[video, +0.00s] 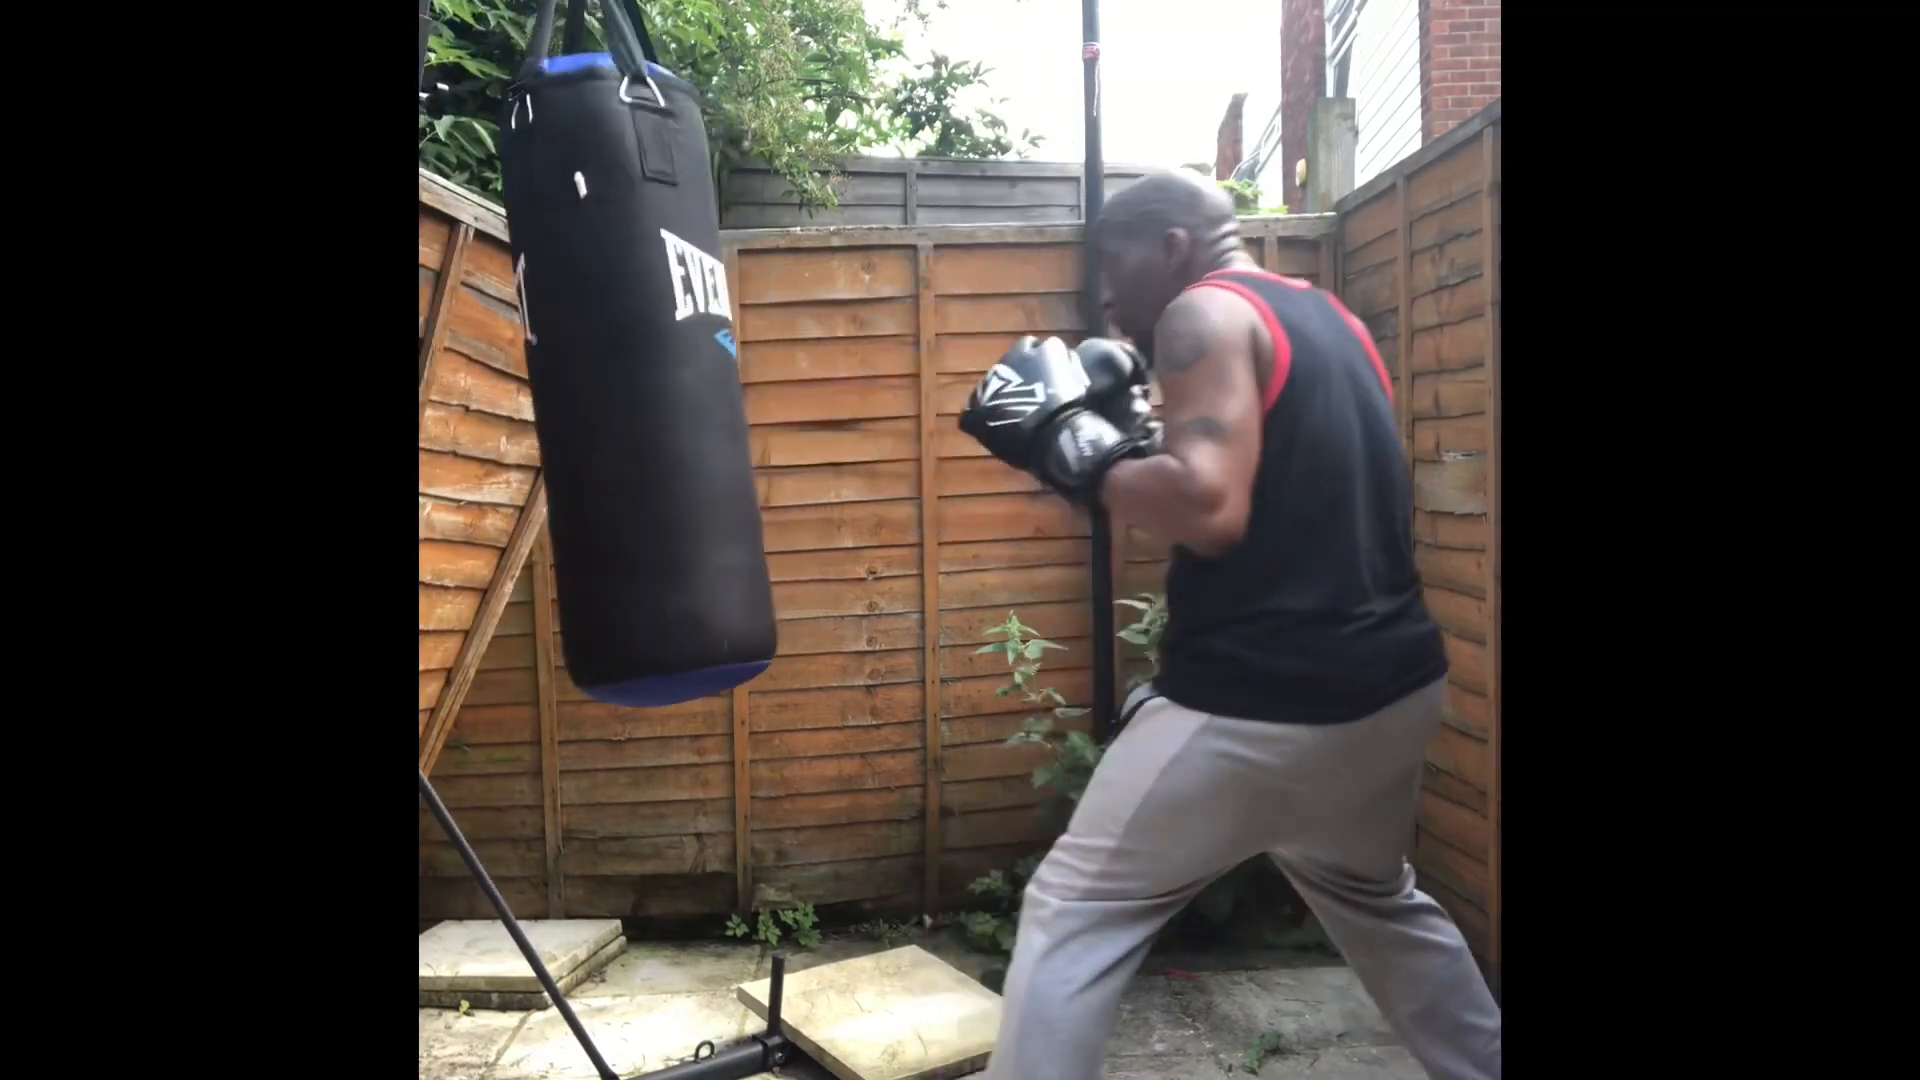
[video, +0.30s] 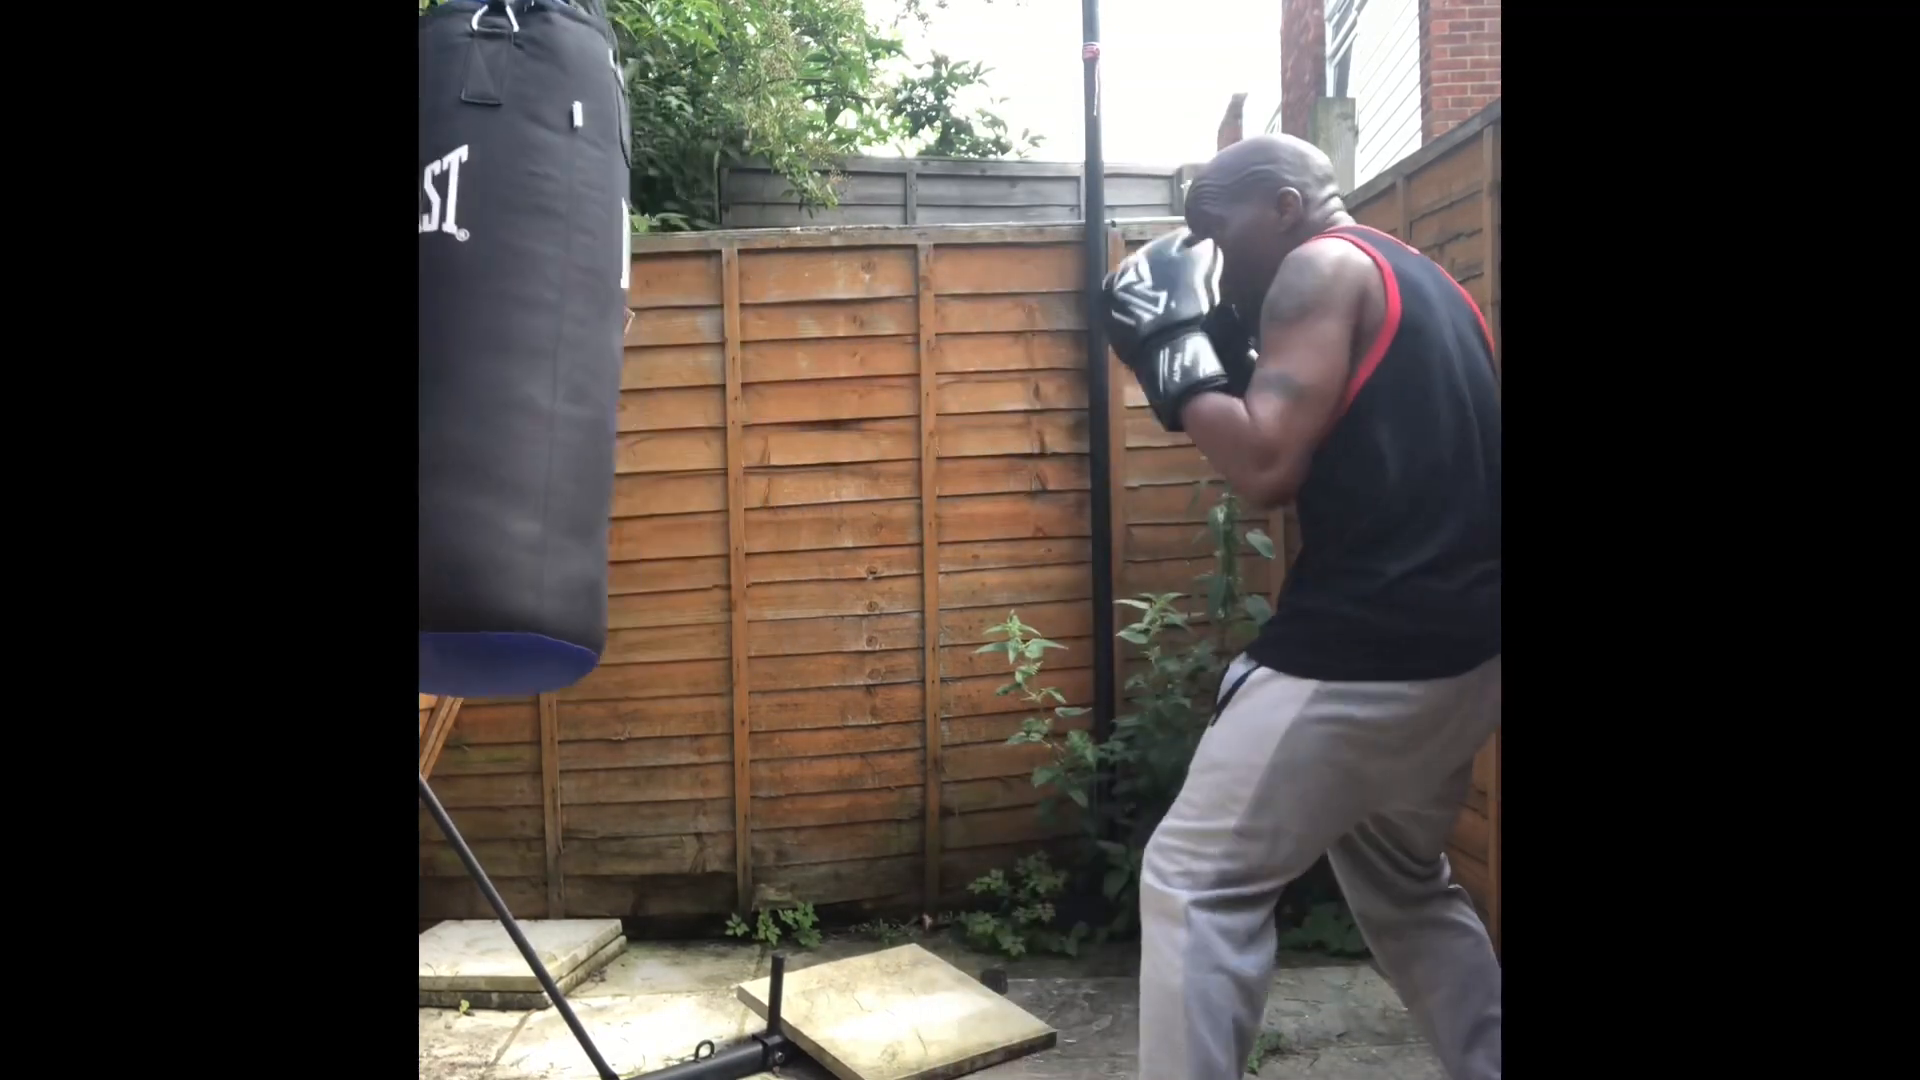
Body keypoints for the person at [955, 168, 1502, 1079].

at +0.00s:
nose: (1102, 295)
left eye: (1109, 265)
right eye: (1098, 270)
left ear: (1172, 247)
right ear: (1211, 245)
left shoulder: (1206, 313)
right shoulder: (1330, 315)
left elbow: (1208, 508)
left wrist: (1078, 453)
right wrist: (1142, 425)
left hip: (1252, 699)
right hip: (1393, 683)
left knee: (1071, 916)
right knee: (1371, 892)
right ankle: (1485, 1062)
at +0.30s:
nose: (1209, 256)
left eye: (1216, 228)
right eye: (1201, 233)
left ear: (1287, 207)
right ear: (1301, 207)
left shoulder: (1325, 269)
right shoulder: (1411, 272)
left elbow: (1261, 468)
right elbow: (1281, 469)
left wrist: (1174, 344)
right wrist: (1187, 352)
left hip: (1363, 646)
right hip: (1460, 639)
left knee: (1193, 880)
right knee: (1400, 880)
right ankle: (1486, 1060)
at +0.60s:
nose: (1164, 265)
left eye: (1172, 233)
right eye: (1158, 239)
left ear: (1247, 211)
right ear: (1262, 212)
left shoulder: (1283, 283)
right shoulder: (1382, 273)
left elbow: (1257, 488)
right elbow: (1320, 465)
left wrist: (1132, 392)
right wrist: (1197, 373)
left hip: (1337, 646)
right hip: (1453, 635)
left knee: (1128, 859)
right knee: (1387, 873)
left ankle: (1097, 1066)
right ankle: (1488, 1059)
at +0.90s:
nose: (996, 292)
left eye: (1009, 268)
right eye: (988, 273)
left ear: (1080, 228)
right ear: (1001, 244)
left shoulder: (1227, 306)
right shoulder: (1049, 294)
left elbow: (1256, 533)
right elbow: (903, 317)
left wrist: (1140, 431)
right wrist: (730, 293)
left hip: (1272, 667)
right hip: (1249, 660)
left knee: (1095, 900)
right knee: (1329, 900)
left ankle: (1083, 1077)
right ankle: (1487, 1054)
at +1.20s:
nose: (969, 246)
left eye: (967, 219)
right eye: (958, 225)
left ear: (1034, 186)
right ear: (1049, 186)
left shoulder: (1151, 285)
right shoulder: (1137, 272)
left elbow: (1112, 519)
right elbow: (1111, 466)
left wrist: (981, 403)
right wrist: (996, 400)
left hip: (1205, 654)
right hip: (1240, 637)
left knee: (1037, 891)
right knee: (1237, 848)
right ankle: (1439, 1036)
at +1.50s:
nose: (1212, 246)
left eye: (1213, 220)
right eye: (1202, 227)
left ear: (1280, 183)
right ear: (1286, 184)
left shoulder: (1347, 252)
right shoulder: (1370, 243)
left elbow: (1326, 451)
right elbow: (1310, 428)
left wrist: (1196, 352)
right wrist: (1190, 357)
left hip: (1367, 615)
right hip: (1434, 609)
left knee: (1189, 838)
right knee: (1365, 840)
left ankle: (1238, 1069)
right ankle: (1467, 1063)